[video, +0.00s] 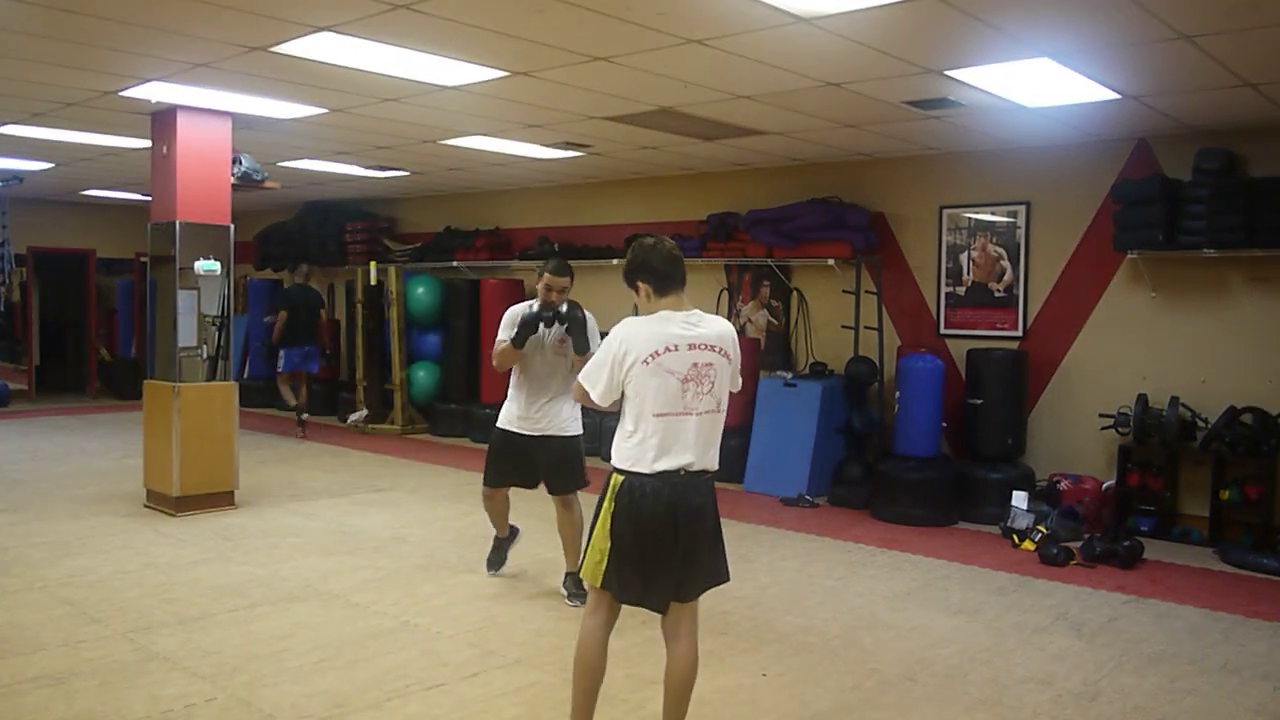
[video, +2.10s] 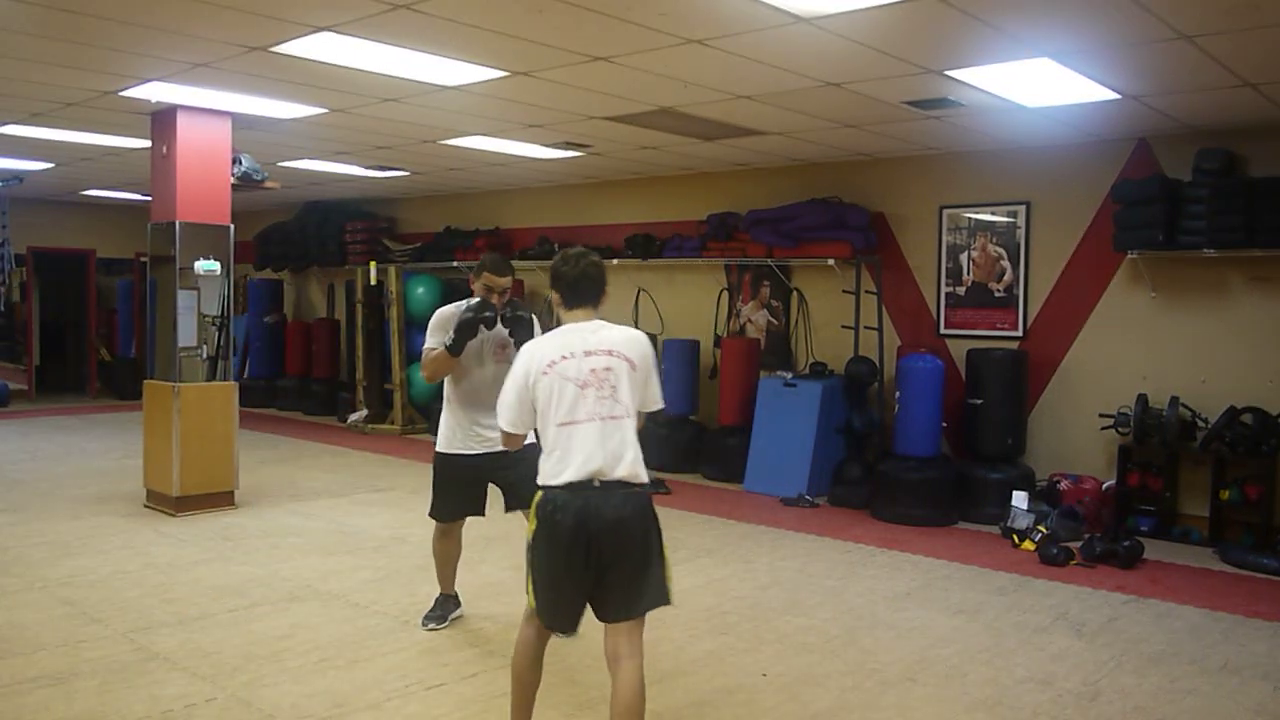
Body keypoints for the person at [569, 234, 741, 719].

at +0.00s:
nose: (636, 300)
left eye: (634, 291)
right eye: (635, 291)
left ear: (642, 287)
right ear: (683, 280)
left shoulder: (631, 334)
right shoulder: (724, 332)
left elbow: (591, 393)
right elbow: (726, 390)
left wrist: (648, 391)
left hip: (631, 494)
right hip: (696, 495)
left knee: (598, 613)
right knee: (682, 627)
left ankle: (579, 716)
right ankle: (673, 718)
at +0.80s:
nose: (590, 289)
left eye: (588, 282)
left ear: (589, 286)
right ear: (640, 284)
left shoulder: (566, 342)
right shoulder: (671, 339)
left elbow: (562, 422)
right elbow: (674, 408)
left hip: (586, 511)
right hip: (655, 511)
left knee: (568, 647)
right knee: (659, 641)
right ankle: (665, 719)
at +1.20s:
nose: (585, 285)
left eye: (586, 279)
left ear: (591, 283)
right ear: (643, 282)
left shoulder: (562, 340)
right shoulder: (672, 331)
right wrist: (601, 314)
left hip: (580, 512)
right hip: (651, 512)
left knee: (564, 653)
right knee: (640, 659)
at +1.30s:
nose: (601, 286)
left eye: (603, 279)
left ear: (606, 283)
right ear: (658, 287)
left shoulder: (571, 338)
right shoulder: (678, 329)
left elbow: (547, 429)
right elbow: (630, 325)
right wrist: (582, 307)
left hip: (586, 512)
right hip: (656, 511)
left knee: (567, 653)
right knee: (642, 660)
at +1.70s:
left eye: (616, 283)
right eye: (670, 286)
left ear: (615, 287)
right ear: (668, 289)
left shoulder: (589, 343)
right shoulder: (692, 339)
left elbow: (563, 436)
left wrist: (549, 380)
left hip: (596, 511)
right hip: (666, 512)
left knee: (555, 623)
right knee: (644, 654)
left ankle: (539, 716)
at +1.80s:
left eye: (600, 285)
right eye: (660, 286)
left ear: (605, 289)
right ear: (658, 289)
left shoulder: (579, 345)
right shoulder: (685, 340)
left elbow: (551, 438)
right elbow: (687, 408)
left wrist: (541, 376)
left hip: (591, 513)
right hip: (661, 513)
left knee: (550, 624)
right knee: (642, 657)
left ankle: (525, 716)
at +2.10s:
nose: (555, 298)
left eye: (554, 291)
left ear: (555, 295)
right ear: (603, 293)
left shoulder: (534, 353)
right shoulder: (635, 343)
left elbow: (512, 438)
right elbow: (640, 420)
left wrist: (557, 406)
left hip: (561, 511)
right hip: (628, 509)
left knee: (536, 621)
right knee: (626, 652)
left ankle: (520, 716)